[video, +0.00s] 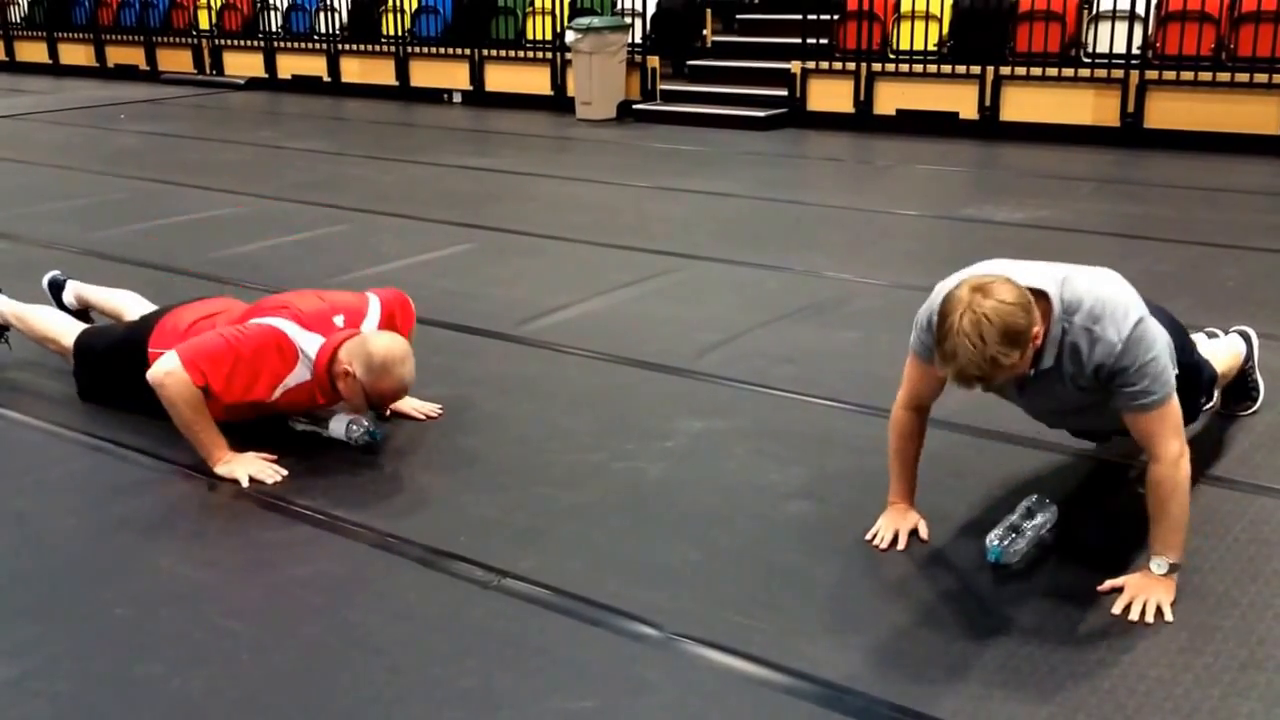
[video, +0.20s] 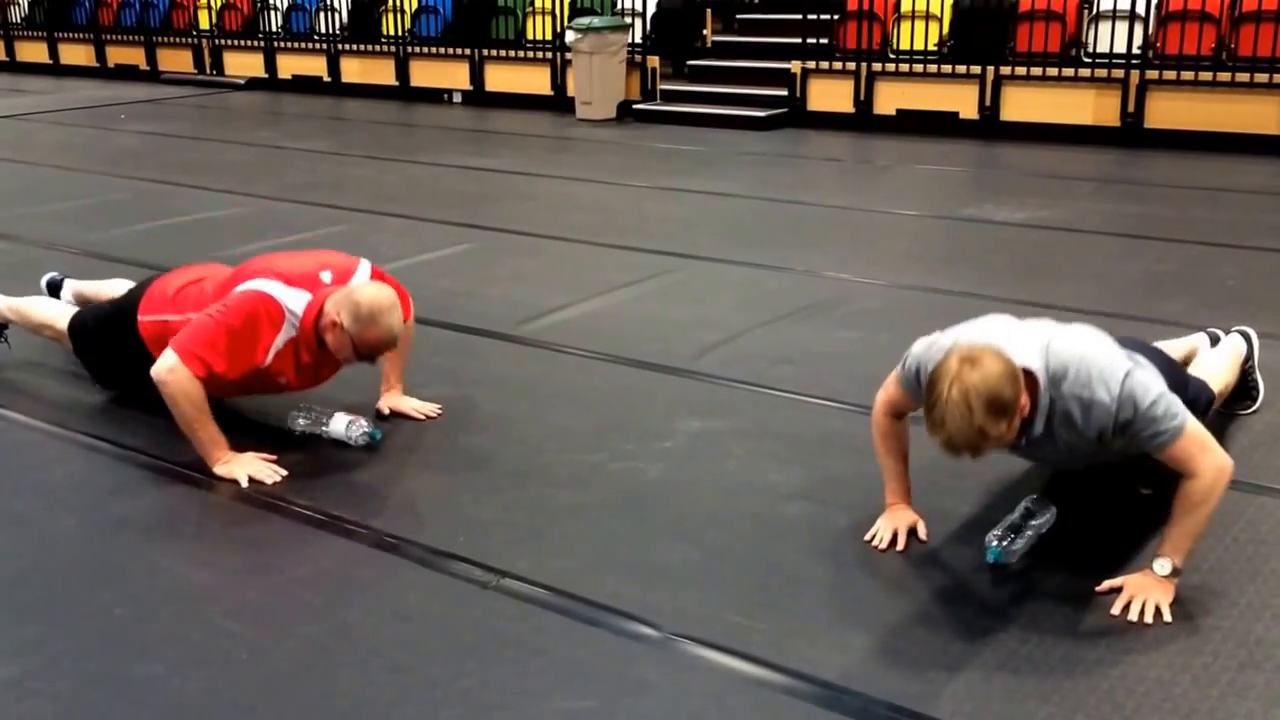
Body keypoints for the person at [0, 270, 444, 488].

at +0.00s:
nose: (369, 413)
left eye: (382, 407)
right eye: (365, 406)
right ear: (343, 374)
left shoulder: (388, 314)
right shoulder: (271, 350)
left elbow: (398, 310)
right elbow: (168, 378)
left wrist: (390, 393)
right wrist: (222, 457)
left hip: (223, 314)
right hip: (158, 344)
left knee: (143, 316)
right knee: (74, 342)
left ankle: (69, 290)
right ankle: (7, 308)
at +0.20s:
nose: (350, 358)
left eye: (364, 356)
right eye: (349, 349)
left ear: (390, 322)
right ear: (332, 317)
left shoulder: (374, 291)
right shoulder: (259, 312)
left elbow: (400, 317)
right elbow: (172, 374)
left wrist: (393, 388)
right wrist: (222, 457)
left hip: (200, 285)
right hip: (147, 322)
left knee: (133, 293)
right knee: (73, 326)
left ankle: (65, 286)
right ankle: (6, 307)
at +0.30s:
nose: (354, 325)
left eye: (366, 318)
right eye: (350, 315)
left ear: (386, 285)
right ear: (324, 287)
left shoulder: (362, 257)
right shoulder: (253, 281)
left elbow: (396, 314)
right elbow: (183, 366)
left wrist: (393, 389)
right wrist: (222, 456)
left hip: (196, 268)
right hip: (144, 299)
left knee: (118, 287)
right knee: (69, 316)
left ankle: (66, 288)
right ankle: (8, 305)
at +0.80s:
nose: (355, 388)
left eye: (365, 384)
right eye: (351, 381)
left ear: (392, 336)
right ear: (331, 354)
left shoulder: (375, 302)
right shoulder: (256, 330)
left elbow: (395, 311)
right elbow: (164, 377)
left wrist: (389, 386)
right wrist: (220, 458)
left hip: (198, 301)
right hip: (144, 335)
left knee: (140, 304)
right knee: (67, 333)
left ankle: (68, 288)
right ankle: (4, 307)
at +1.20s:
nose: (345, 342)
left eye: (357, 337)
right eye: (343, 333)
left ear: (379, 310)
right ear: (322, 301)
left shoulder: (362, 273)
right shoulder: (250, 295)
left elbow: (397, 316)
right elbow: (172, 370)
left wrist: (390, 391)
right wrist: (220, 457)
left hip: (192, 276)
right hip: (141, 308)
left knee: (123, 287)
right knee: (66, 319)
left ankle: (64, 285)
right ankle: (4, 308)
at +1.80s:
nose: (363, 406)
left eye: (374, 401)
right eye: (356, 398)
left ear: (395, 342)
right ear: (336, 368)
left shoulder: (379, 311)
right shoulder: (263, 342)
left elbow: (396, 314)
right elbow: (162, 379)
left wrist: (387, 393)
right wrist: (219, 457)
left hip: (213, 310)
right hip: (152, 339)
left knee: (141, 312)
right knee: (71, 339)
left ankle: (68, 290)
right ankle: (5, 309)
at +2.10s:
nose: (355, 367)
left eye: (366, 361)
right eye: (352, 358)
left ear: (386, 324)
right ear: (327, 328)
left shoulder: (365, 293)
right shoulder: (255, 315)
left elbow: (395, 317)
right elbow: (166, 377)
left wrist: (390, 390)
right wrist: (220, 459)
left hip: (197, 294)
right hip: (144, 330)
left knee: (135, 299)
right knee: (71, 335)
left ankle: (67, 290)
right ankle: (6, 311)